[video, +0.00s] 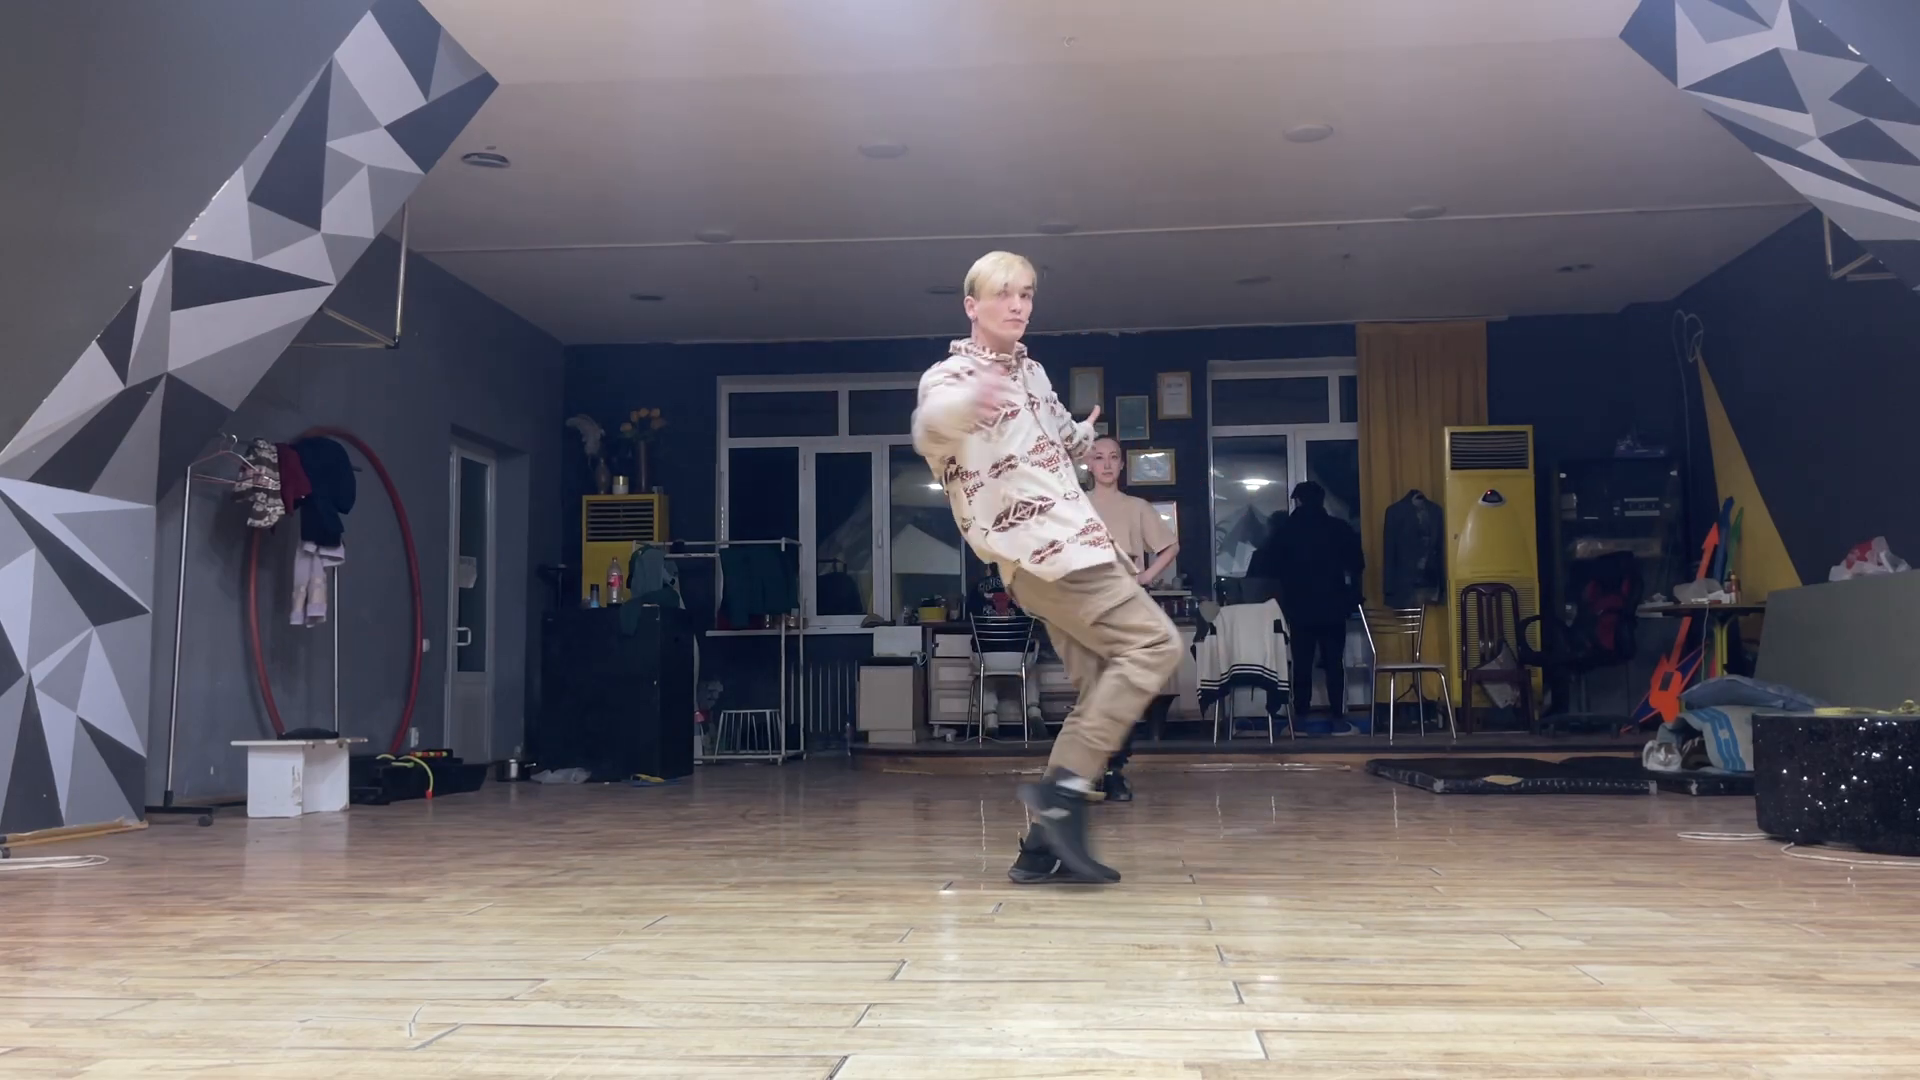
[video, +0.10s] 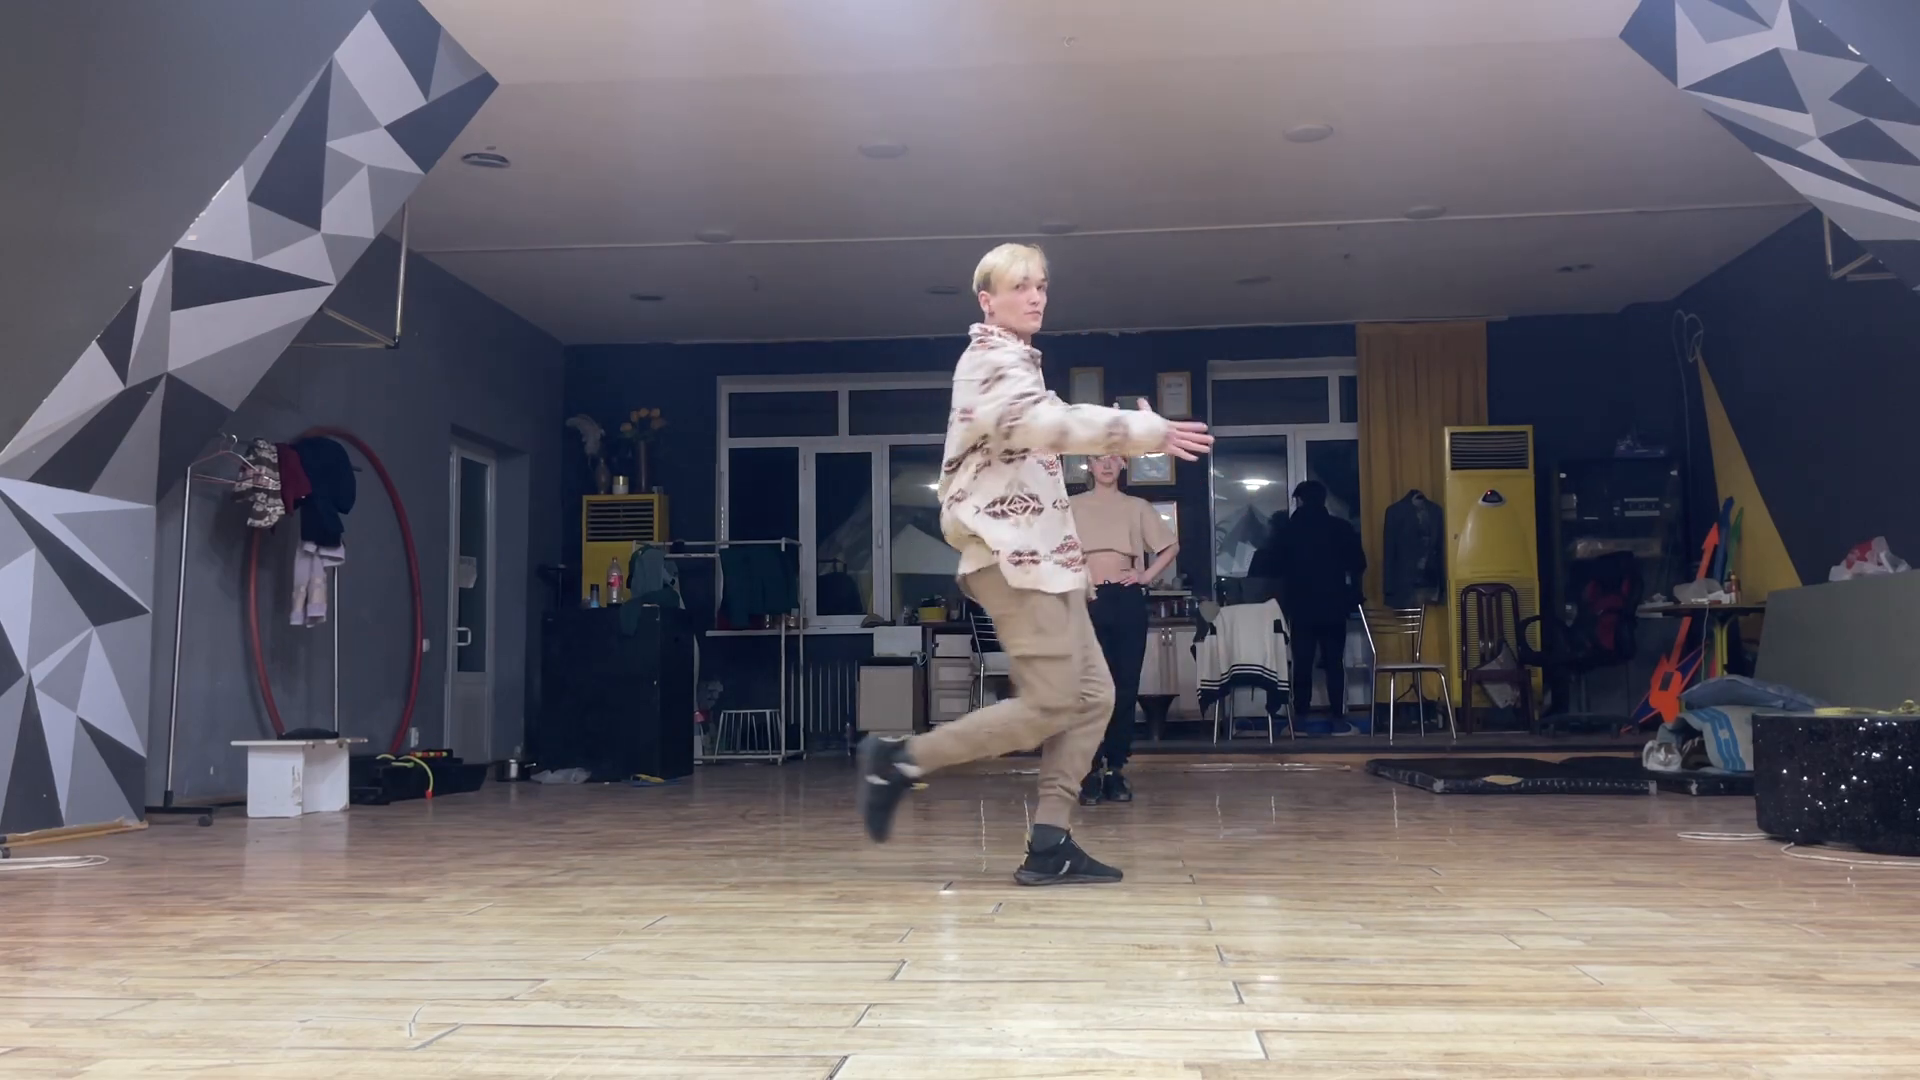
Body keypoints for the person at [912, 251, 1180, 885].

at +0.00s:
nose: (1019, 306)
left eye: (1026, 296)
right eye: (1006, 295)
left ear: (1030, 305)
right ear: (973, 305)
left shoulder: (1028, 367)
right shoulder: (949, 376)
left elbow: (1062, 435)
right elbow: (931, 425)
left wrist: (1086, 437)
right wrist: (968, 404)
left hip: (1063, 539)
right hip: (1038, 544)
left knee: (1099, 684)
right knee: (1153, 644)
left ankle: (1046, 845)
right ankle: (1065, 790)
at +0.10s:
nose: (1037, 298)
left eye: (1041, 287)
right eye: (1022, 287)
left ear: (1040, 295)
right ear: (987, 300)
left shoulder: (1014, 360)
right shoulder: (992, 360)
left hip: (1039, 557)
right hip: (1008, 558)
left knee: (1095, 695)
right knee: (1052, 703)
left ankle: (1050, 840)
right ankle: (900, 761)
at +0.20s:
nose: (1051, 311)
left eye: (1051, 300)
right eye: (1037, 302)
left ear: (1004, 320)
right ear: (1002, 314)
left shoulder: (967, 377)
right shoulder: (1038, 368)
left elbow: (1041, 438)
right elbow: (1138, 416)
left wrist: (1107, 437)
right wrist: (1145, 431)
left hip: (986, 564)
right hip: (993, 564)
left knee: (1071, 694)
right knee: (925, 700)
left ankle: (1054, 839)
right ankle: (813, 806)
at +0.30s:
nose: (1050, 322)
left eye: (1051, 312)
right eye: (1037, 312)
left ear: (1004, 326)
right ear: (999, 322)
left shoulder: (978, 377)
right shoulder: (1012, 373)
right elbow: (1080, 424)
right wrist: (1145, 423)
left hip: (1000, 576)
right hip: (962, 570)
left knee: (1069, 691)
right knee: (899, 710)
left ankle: (1052, 841)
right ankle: (798, 816)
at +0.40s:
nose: (1029, 303)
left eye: (1036, 295)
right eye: (1016, 294)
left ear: (1044, 306)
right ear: (985, 307)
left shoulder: (1040, 386)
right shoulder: (969, 359)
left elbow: (1102, 408)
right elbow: (988, 398)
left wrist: (1187, 400)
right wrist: (1058, 418)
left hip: (1016, 575)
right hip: (944, 563)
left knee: (1075, 685)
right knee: (891, 698)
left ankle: (1045, 839)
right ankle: (806, 815)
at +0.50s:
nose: (1004, 277)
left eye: (1016, 267)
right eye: (991, 267)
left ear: (1034, 282)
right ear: (971, 281)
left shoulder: (1068, 364)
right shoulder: (938, 343)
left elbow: (1145, 381)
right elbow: (861, 360)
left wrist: (1231, 376)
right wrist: (938, 371)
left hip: (1028, 571)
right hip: (937, 559)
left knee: (1061, 695)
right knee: (880, 685)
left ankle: (1062, 832)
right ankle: (849, 812)